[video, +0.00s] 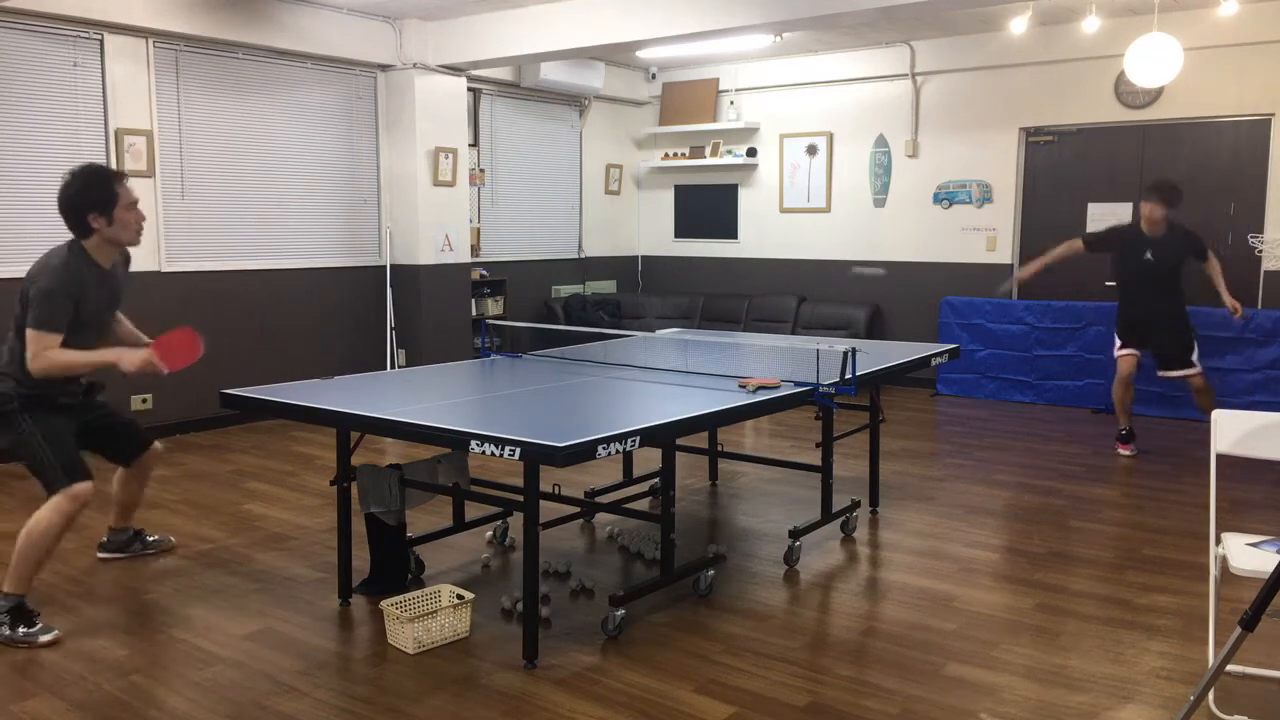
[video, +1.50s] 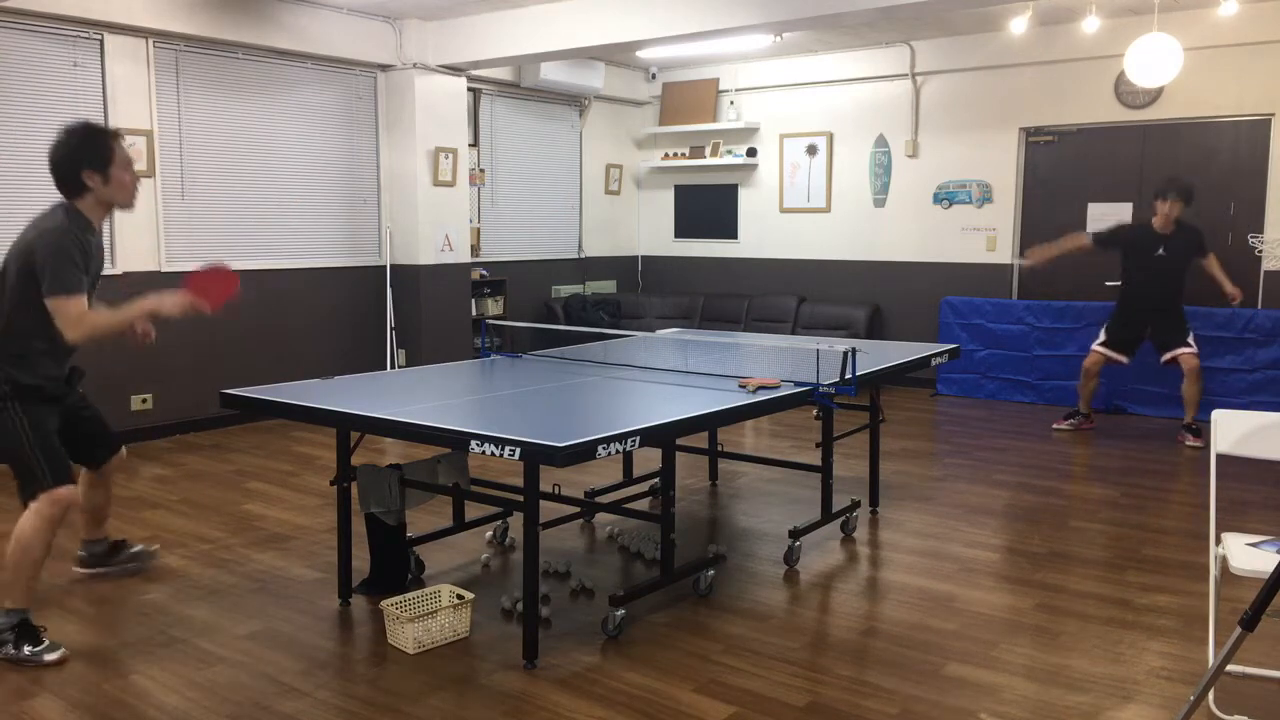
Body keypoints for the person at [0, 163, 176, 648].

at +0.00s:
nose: (141, 214)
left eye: (136, 204)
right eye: (130, 209)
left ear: (105, 221)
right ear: (97, 223)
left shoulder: (116, 260)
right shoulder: (56, 275)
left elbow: (104, 316)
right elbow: (39, 361)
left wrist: (149, 346)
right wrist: (119, 357)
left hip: (72, 393)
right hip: (25, 400)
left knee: (143, 453)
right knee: (74, 489)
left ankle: (120, 535)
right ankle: (9, 606)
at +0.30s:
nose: (116, 252)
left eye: (113, 242)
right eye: (104, 246)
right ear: (67, 261)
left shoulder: (120, 289)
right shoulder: (26, 308)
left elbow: (153, 333)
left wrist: (166, 359)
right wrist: (14, 431)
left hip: (96, 402)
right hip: (39, 408)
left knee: (167, 464)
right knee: (57, 475)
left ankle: (124, 530)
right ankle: (16, 598)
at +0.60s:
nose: (47, 260)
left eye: (47, 247)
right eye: (33, 255)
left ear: (52, 241)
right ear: (7, 266)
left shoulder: (79, 276)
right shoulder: (5, 308)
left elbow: (137, 287)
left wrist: (189, 315)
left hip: (96, 404)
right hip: (33, 412)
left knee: (155, 482)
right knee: (60, 493)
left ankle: (125, 528)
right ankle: (17, 602)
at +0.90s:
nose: (39, 135)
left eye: (38, 125)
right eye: (24, 128)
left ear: (34, 126)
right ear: (1, 137)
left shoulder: (37, 191)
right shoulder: (11, 184)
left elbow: (83, 250)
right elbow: (75, 152)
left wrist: (144, 231)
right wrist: (60, 91)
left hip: (77, 341)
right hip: (37, 348)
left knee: (114, 453)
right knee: (78, 484)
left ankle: (75, 548)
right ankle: (10, 592)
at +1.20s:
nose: (91, 161)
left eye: (86, 151)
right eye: (79, 153)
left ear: (49, 168)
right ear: (46, 167)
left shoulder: (50, 224)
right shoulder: (30, 226)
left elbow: (63, 299)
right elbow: (102, 272)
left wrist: (122, 293)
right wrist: (150, 214)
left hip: (65, 385)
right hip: (34, 390)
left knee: (112, 468)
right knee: (74, 500)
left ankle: (58, 567)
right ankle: (10, 633)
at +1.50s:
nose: (136, 173)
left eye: (131, 163)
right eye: (125, 165)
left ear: (93, 180)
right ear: (94, 179)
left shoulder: (85, 231)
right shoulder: (57, 236)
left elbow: (75, 310)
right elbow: (76, 327)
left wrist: (123, 323)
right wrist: (155, 303)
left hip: (52, 378)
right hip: (15, 387)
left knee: (105, 454)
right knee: (53, 494)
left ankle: (95, 548)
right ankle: (10, 622)